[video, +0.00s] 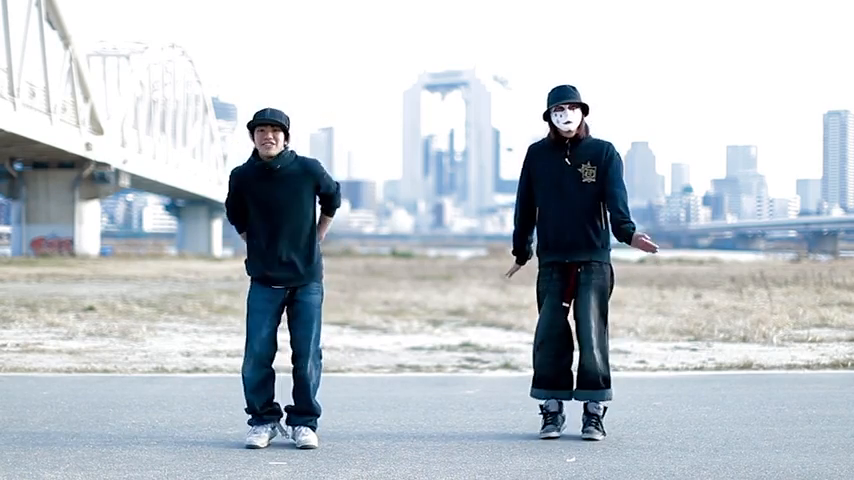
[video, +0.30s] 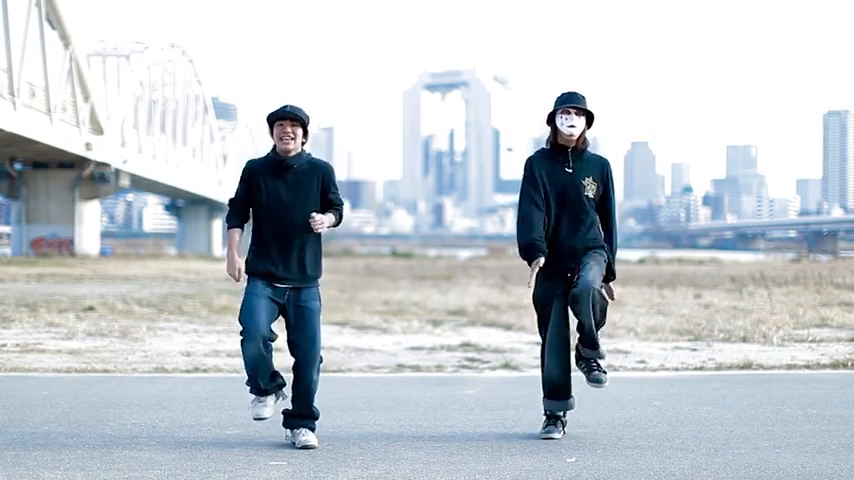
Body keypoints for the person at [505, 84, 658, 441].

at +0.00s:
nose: (565, 115)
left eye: (570, 108)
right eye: (558, 110)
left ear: (582, 112)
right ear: (549, 116)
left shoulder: (603, 152)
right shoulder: (536, 154)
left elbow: (616, 198)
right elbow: (525, 204)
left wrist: (629, 232)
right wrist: (521, 249)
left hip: (592, 256)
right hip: (551, 256)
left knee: (590, 331)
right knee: (548, 330)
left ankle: (593, 411)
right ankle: (551, 409)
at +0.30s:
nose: (570, 121)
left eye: (577, 115)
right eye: (564, 115)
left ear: (585, 123)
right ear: (554, 120)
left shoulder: (599, 165)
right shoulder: (537, 163)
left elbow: (608, 221)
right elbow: (530, 210)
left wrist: (608, 272)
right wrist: (535, 251)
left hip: (592, 249)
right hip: (553, 255)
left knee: (586, 287)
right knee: (553, 334)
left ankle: (588, 353)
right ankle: (554, 412)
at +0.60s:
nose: (573, 120)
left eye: (579, 115)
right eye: (567, 114)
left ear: (589, 121)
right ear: (556, 120)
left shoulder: (604, 166)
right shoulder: (539, 163)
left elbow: (607, 218)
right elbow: (529, 212)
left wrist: (599, 255)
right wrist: (530, 257)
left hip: (592, 264)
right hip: (549, 264)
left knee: (596, 340)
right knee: (548, 342)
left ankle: (588, 408)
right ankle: (548, 415)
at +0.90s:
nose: (575, 117)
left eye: (581, 112)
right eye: (569, 112)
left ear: (591, 118)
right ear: (559, 118)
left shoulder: (604, 155)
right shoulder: (541, 161)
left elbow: (628, 183)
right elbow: (527, 204)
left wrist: (650, 210)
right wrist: (515, 237)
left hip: (598, 253)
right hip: (560, 252)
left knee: (593, 330)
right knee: (589, 291)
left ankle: (585, 408)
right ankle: (567, 356)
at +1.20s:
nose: (574, 140)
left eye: (581, 134)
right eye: (569, 133)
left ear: (591, 133)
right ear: (559, 131)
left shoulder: (608, 166)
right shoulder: (543, 166)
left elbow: (649, 175)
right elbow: (503, 183)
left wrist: (630, 136)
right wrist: (534, 149)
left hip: (594, 265)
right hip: (552, 267)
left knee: (596, 326)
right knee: (555, 339)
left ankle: (586, 381)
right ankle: (554, 414)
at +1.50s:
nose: (583, 133)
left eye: (590, 127)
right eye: (577, 126)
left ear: (599, 130)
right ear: (566, 129)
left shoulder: (612, 169)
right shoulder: (543, 167)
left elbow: (639, 212)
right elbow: (503, 195)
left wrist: (633, 249)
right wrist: (509, 237)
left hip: (598, 268)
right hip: (557, 269)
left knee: (594, 341)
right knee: (559, 343)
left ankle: (593, 411)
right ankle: (556, 414)